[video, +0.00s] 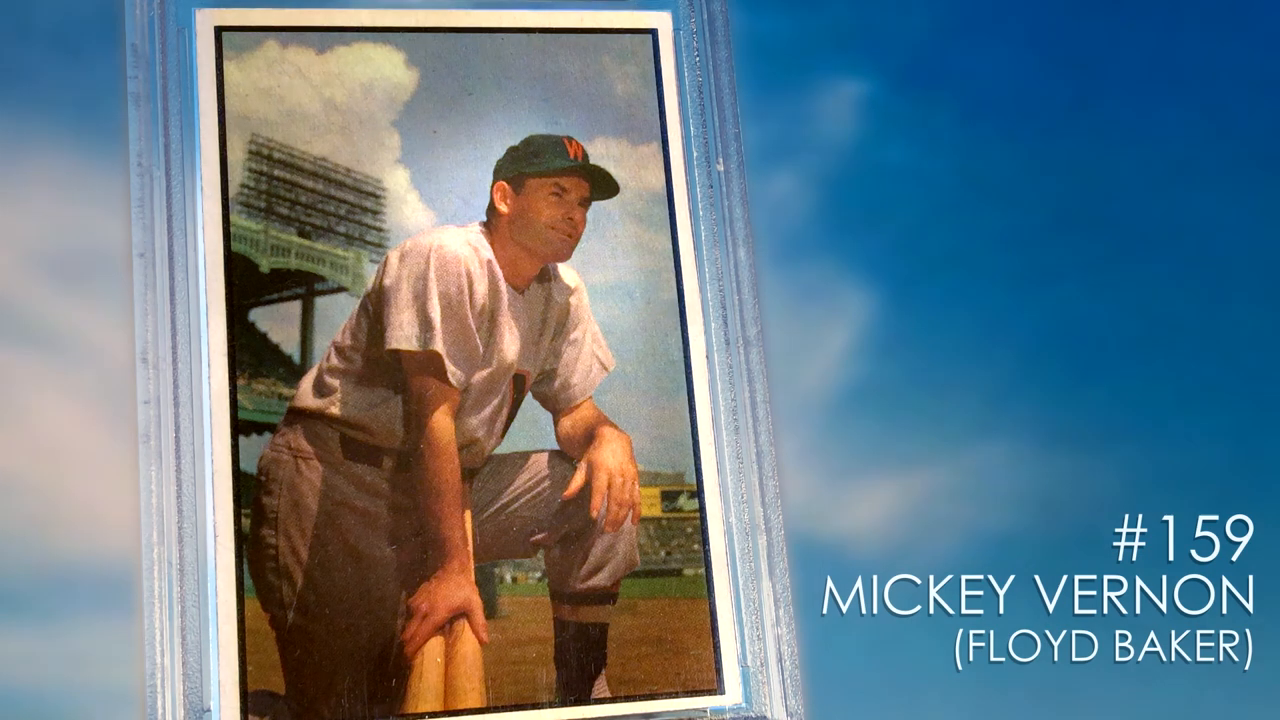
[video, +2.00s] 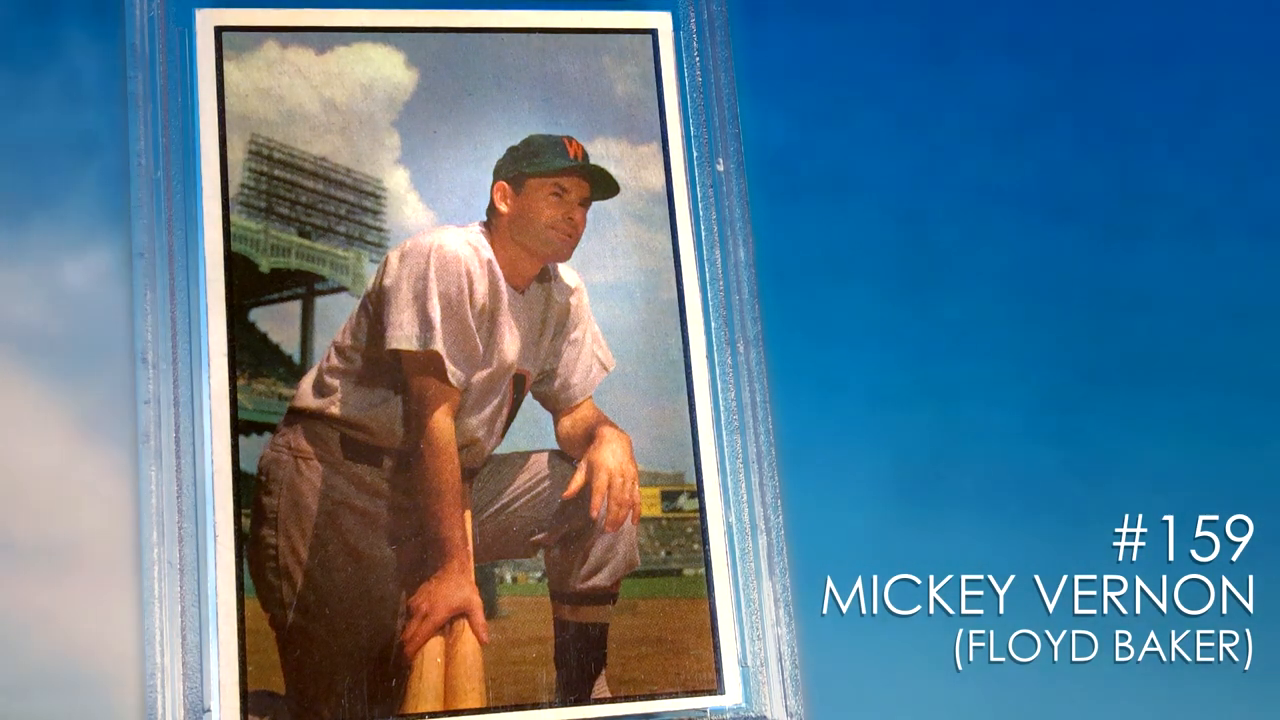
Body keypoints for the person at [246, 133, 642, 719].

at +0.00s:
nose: (577, 216)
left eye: (584, 204)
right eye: (558, 194)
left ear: (586, 217)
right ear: (505, 197)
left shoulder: (560, 295)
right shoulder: (442, 257)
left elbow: (575, 414)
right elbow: (432, 419)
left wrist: (609, 435)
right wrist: (454, 566)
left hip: (438, 486)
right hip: (334, 479)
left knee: (595, 488)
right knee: (347, 702)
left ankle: (581, 694)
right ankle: (239, 706)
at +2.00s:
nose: (576, 216)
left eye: (584, 204)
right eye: (557, 194)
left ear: (586, 217)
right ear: (504, 197)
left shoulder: (560, 296)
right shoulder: (441, 256)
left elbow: (575, 415)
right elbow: (431, 419)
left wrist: (609, 435)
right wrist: (454, 565)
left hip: (440, 486)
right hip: (335, 478)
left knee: (595, 488)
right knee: (352, 700)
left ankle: (580, 694)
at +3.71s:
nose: (576, 215)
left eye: (584, 203)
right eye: (558, 193)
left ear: (586, 218)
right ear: (504, 197)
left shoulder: (560, 297)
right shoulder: (442, 256)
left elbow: (574, 415)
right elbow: (432, 420)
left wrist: (609, 434)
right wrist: (454, 566)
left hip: (438, 486)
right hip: (334, 479)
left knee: (595, 488)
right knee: (346, 704)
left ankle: (580, 696)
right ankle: (238, 706)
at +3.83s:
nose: (577, 215)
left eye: (584, 203)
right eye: (558, 193)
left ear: (586, 218)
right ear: (504, 196)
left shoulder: (560, 297)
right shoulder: (441, 256)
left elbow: (575, 415)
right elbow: (432, 420)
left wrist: (609, 434)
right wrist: (454, 566)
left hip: (439, 487)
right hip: (334, 481)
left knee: (595, 488)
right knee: (346, 704)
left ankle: (580, 697)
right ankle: (238, 706)